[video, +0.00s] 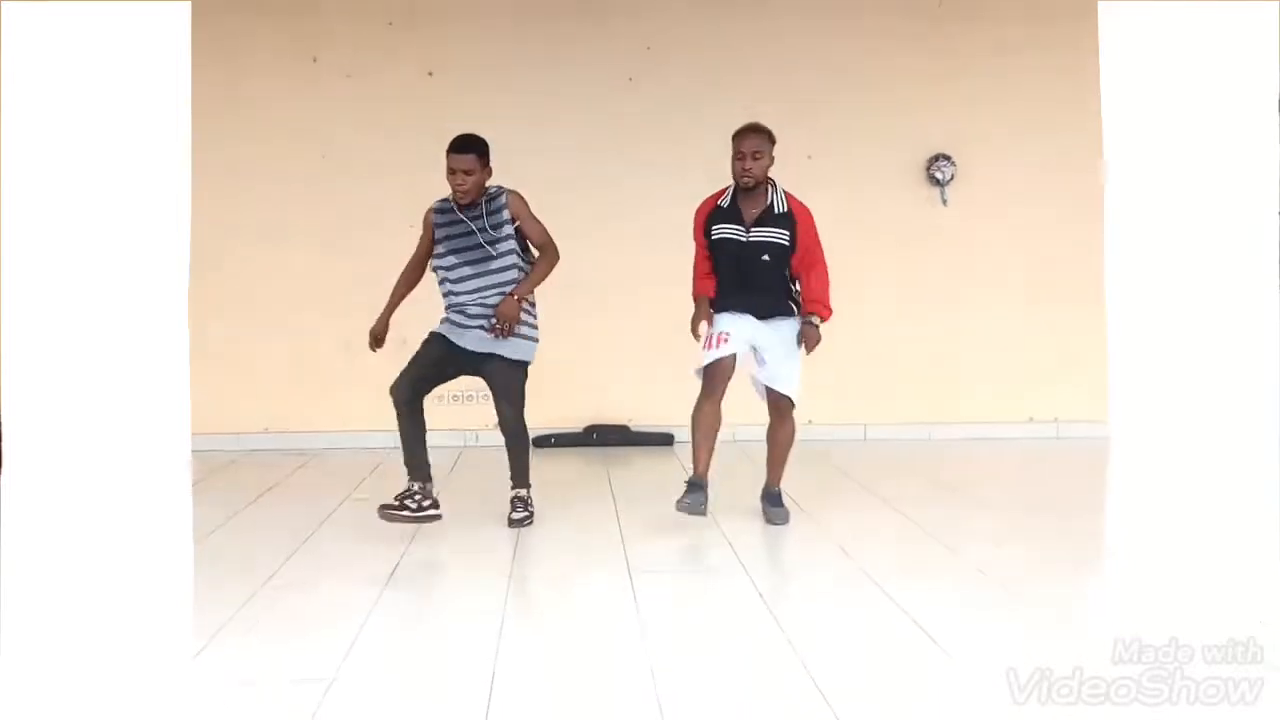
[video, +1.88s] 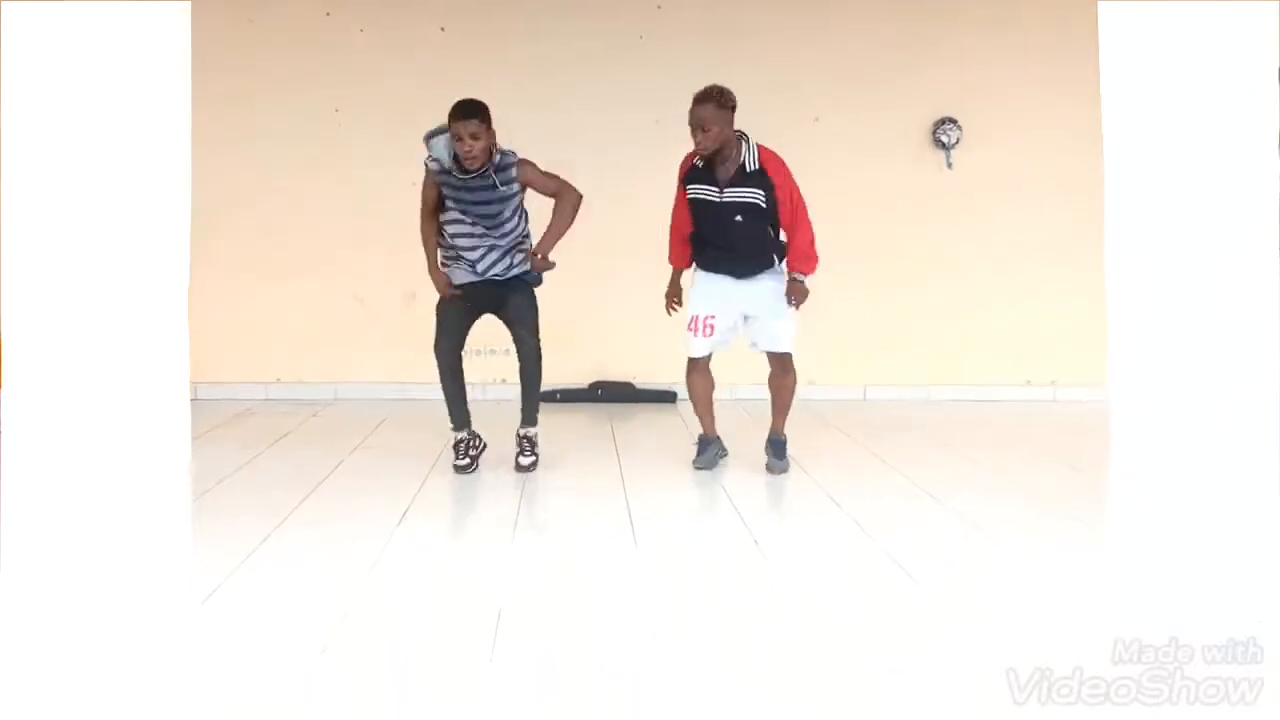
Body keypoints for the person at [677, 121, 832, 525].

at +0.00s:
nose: (745, 163)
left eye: (755, 156)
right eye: (739, 155)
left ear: (771, 161)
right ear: (731, 159)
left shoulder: (794, 212)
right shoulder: (711, 210)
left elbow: (812, 264)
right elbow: (703, 261)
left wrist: (813, 316)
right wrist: (702, 302)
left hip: (780, 318)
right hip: (729, 314)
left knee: (782, 405)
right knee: (714, 380)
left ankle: (773, 490)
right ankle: (698, 482)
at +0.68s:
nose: (778, 185)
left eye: (789, 178)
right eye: (773, 175)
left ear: (804, 185)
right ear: (764, 174)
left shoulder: (806, 247)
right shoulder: (735, 197)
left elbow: (834, 295)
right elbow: (703, 233)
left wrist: (842, 344)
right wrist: (670, 269)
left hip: (752, 327)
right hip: (698, 313)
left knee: (768, 399)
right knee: (675, 393)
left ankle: (772, 481)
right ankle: (704, 475)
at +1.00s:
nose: (760, 154)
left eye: (765, 149)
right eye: (749, 150)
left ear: (774, 162)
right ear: (734, 164)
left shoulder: (790, 205)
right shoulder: (722, 211)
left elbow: (807, 264)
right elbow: (690, 258)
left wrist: (820, 318)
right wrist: (648, 295)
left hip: (768, 305)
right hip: (716, 302)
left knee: (777, 396)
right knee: (704, 392)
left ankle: (787, 485)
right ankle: (710, 479)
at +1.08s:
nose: (740, 154)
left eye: (744, 149)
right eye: (728, 151)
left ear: (752, 160)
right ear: (713, 167)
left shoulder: (776, 193)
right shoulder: (712, 220)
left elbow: (809, 238)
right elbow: (693, 277)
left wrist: (827, 278)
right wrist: (657, 331)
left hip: (787, 303)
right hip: (736, 308)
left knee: (792, 395)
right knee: (723, 395)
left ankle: (790, 484)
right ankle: (718, 479)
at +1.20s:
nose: (714, 146)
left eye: (717, 141)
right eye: (702, 144)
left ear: (726, 152)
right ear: (688, 164)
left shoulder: (759, 175)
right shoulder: (699, 221)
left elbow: (801, 198)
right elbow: (692, 280)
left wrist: (827, 222)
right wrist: (668, 340)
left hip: (794, 290)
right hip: (742, 301)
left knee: (795, 386)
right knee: (727, 387)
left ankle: (787, 475)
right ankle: (717, 471)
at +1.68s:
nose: (660, 160)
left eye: (665, 150)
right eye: (659, 151)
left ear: (690, 147)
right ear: (680, 152)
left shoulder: (734, 158)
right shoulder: (688, 197)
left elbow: (784, 183)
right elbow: (693, 248)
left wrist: (793, 244)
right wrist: (682, 304)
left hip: (778, 267)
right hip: (732, 275)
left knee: (785, 355)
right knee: (721, 356)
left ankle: (784, 443)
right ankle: (719, 441)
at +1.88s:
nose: (697, 139)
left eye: (706, 130)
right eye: (693, 130)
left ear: (731, 126)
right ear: (691, 126)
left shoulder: (767, 164)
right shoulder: (692, 167)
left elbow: (797, 218)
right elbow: (682, 222)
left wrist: (799, 273)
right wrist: (676, 276)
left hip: (765, 277)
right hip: (712, 277)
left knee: (781, 358)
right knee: (697, 358)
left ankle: (777, 436)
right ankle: (709, 438)